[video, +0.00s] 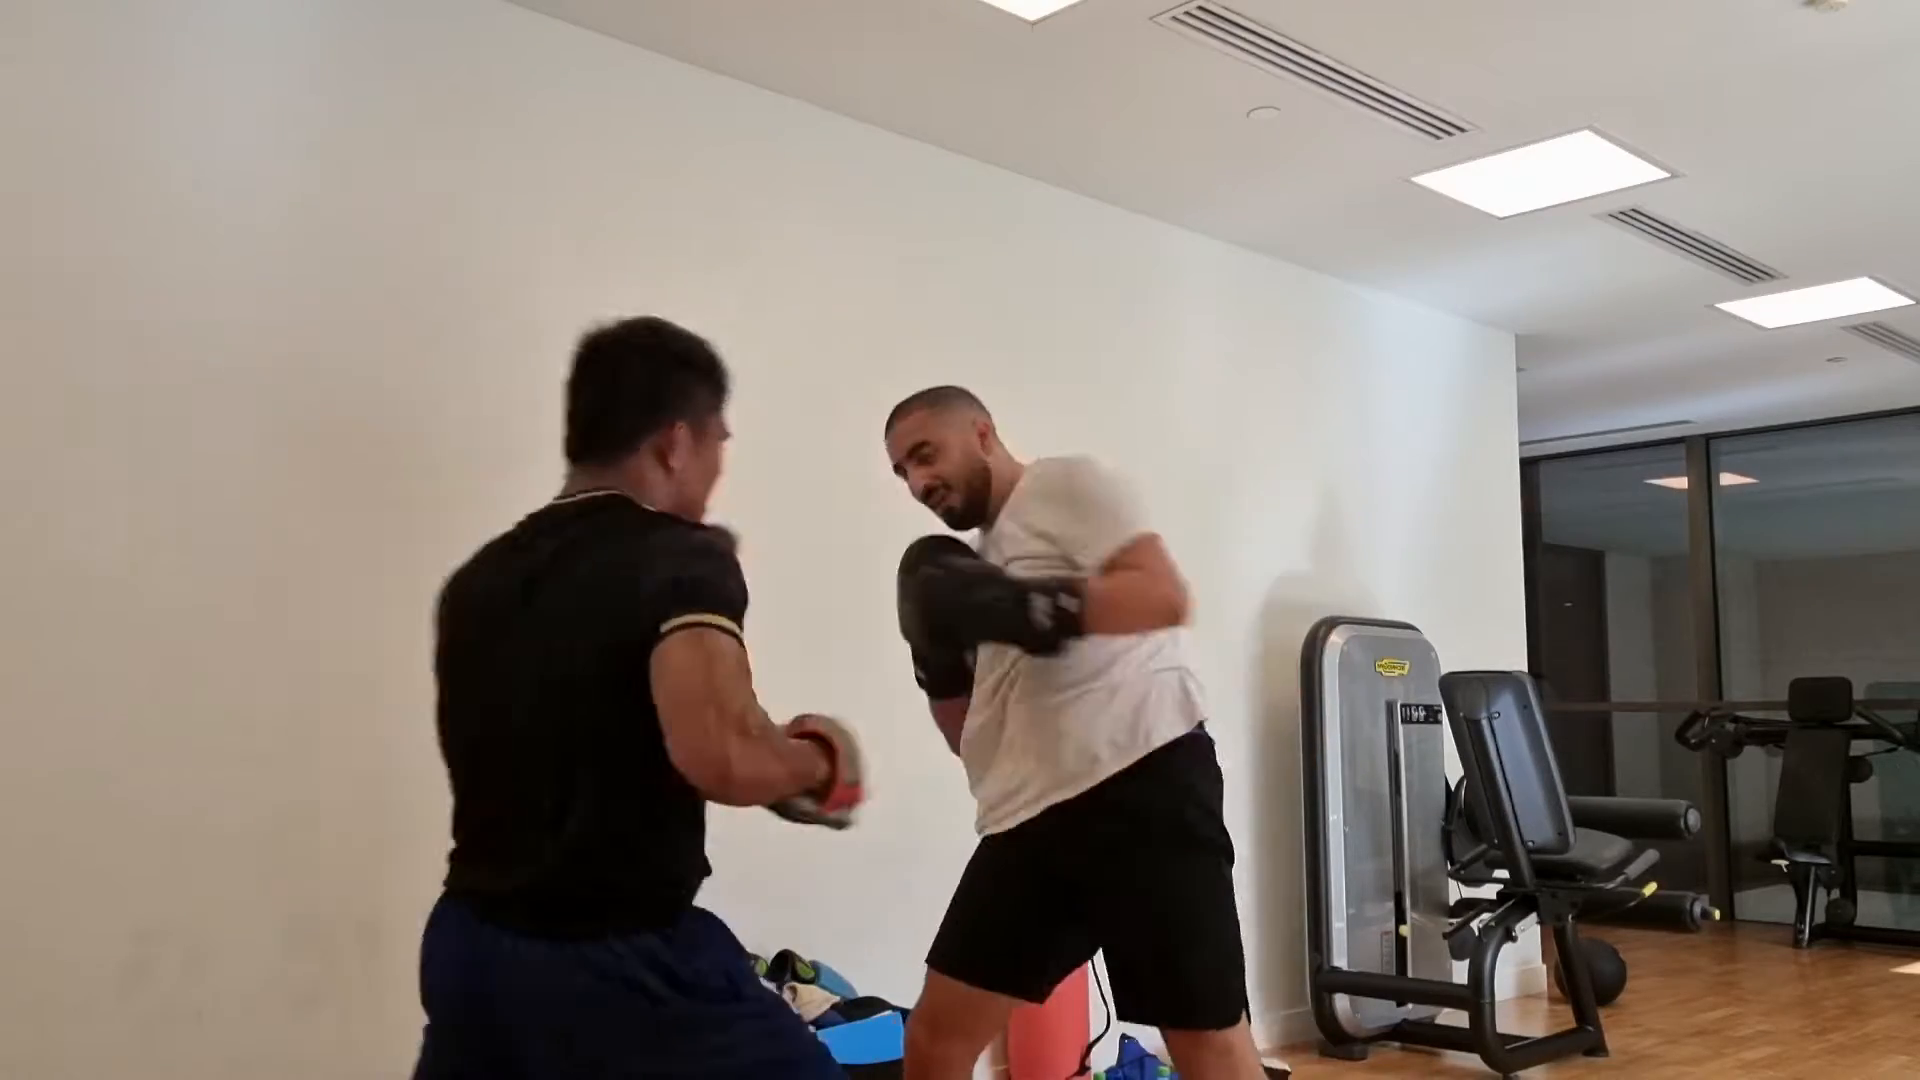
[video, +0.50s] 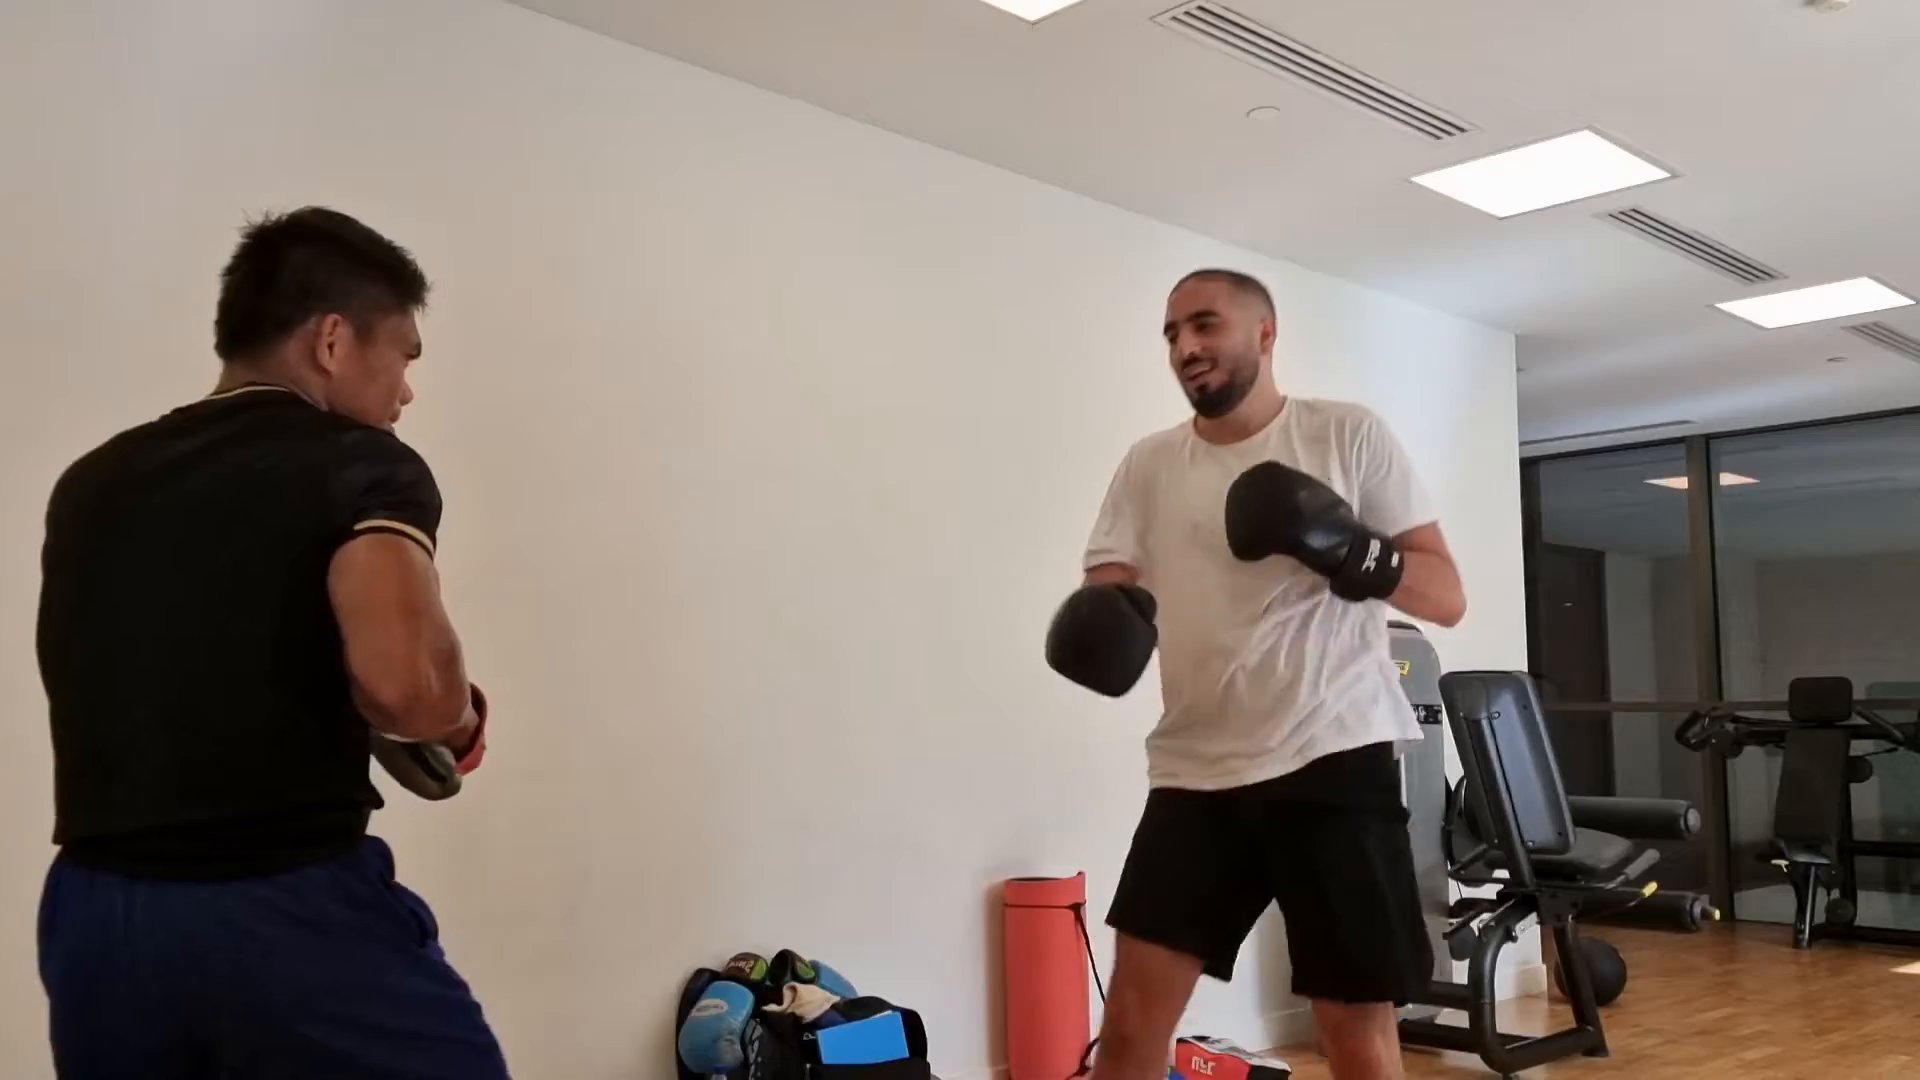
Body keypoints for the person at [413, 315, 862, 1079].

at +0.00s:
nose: (721, 461)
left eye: (723, 439)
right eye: (717, 438)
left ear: (582, 436)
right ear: (674, 444)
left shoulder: (476, 579)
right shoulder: (676, 555)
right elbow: (719, 756)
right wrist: (815, 755)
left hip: (474, 963)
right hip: (634, 973)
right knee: (801, 1061)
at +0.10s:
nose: (615, 438)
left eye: (617, 415)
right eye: (610, 415)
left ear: (468, 415)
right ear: (557, 417)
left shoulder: (350, 565)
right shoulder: (601, 525)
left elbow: (345, 774)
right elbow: (649, 695)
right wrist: (693, 754)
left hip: (392, 965)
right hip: (572, 963)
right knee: (701, 1057)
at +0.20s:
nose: (519, 427)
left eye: (522, 402)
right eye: (514, 400)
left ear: (368, 400)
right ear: (455, 395)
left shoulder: (243, 542)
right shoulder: (500, 504)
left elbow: (241, 732)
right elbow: (561, 699)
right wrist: (579, 742)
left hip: (279, 950)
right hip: (466, 945)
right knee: (632, 1061)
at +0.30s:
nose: (458, 413)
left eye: (461, 385)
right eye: (453, 382)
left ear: (300, 378)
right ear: (388, 372)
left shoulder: (166, 517)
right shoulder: (428, 481)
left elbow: (195, 711)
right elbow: (469, 679)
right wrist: (511, 726)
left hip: (202, 937)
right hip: (398, 926)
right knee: (570, 1061)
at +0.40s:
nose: (424, 396)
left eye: (427, 367)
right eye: (418, 362)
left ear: (256, 359)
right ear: (349, 350)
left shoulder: (121, 493)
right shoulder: (385, 461)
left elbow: (138, 685)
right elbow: (424, 663)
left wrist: (369, 708)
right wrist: (476, 715)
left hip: (145, 931)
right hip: (343, 925)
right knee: (511, 1063)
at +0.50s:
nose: (407, 394)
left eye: (411, 364)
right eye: (402, 359)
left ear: (238, 344)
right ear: (330, 343)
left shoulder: (88, 480)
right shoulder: (362, 459)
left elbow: (94, 677)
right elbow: (403, 675)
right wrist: (455, 720)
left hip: (97, 934)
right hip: (302, 929)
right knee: (457, 1060)